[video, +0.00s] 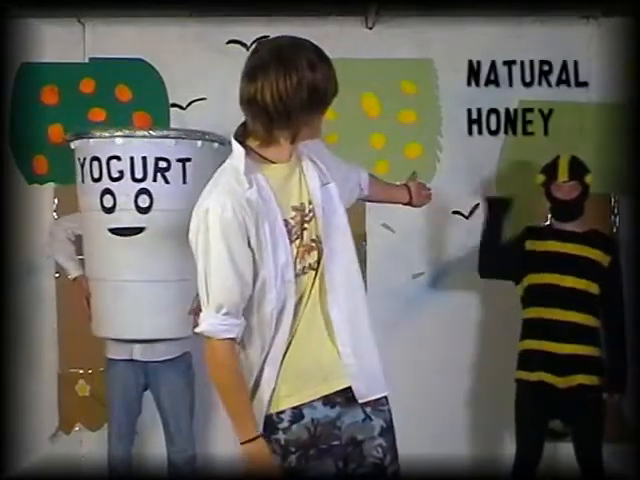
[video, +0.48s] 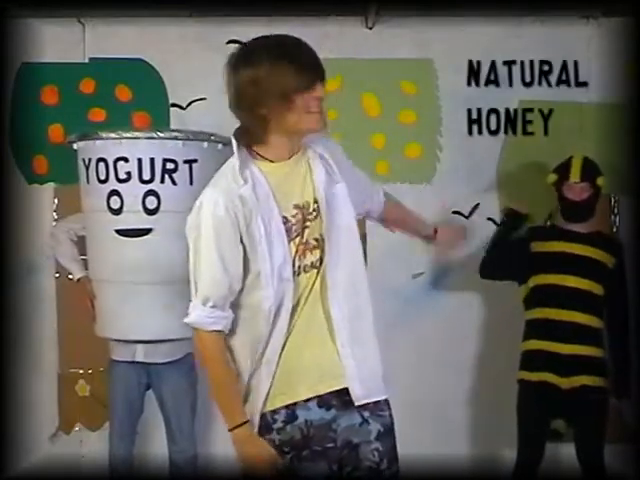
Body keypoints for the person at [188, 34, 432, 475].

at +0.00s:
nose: (326, 112)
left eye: (325, 103)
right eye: (323, 104)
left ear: (259, 101)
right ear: (305, 108)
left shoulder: (315, 160)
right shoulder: (225, 204)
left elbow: (359, 185)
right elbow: (218, 338)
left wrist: (406, 193)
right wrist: (249, 439)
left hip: (365, 399)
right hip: (291, 417)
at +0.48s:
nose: (321, 95)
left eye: (319, 85)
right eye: (307, 87)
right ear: (268, 100)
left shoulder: (327, 158)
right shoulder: (223, 200)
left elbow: (379, 205)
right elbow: (208, 329)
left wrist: (430, 231)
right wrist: (240, 431)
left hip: (364, 403)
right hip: (283, 418)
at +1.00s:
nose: (309, 80)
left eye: (321, 65)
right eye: (291, 72)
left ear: (346, 77)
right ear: (279, 92)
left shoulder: (401, 165)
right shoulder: (255, 190)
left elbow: (448, 275)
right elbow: (245, 309)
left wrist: (498, 373)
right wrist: (245, 412)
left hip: (386, 420)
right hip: (291, 426)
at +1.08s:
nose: (318, 73)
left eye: (331, 58)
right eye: (302, 64)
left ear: (357, 73)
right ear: (289, 86)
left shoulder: (414, 163)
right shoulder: (264, 184)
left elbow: (455, 269)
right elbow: (248, 291)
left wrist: (506, 353)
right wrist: (248, 383)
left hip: (399, 418)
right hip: (305, 421)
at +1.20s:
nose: (330, 69)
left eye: (345, 56)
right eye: (316, 59)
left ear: (372, 72)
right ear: (301, 80)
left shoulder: (427, 160)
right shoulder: (275, 182)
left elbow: (459, 267)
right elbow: (263, 292)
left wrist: (491, 332)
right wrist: (261, 376)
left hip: (414, 419)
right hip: (320, 423)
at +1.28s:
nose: (336, 75)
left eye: (353, 61)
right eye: (322, 63)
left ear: (380, 74)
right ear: (310, 79)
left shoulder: (435, 164)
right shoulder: (283, 186)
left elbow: (468, 283)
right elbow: (274, 306)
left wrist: (488, 392)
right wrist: (280, 416)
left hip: (421, 427)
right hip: (323, 430)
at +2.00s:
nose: (336, 84)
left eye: (353, 70)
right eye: (324, 72)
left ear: (384, 81)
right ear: (313, 86)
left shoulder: (440, 176)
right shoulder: (289, 187)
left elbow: (462, 304)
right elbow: (289, 311)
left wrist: (466, 422)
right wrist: (299, 419)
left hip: (417, 434)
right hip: (328, 431)